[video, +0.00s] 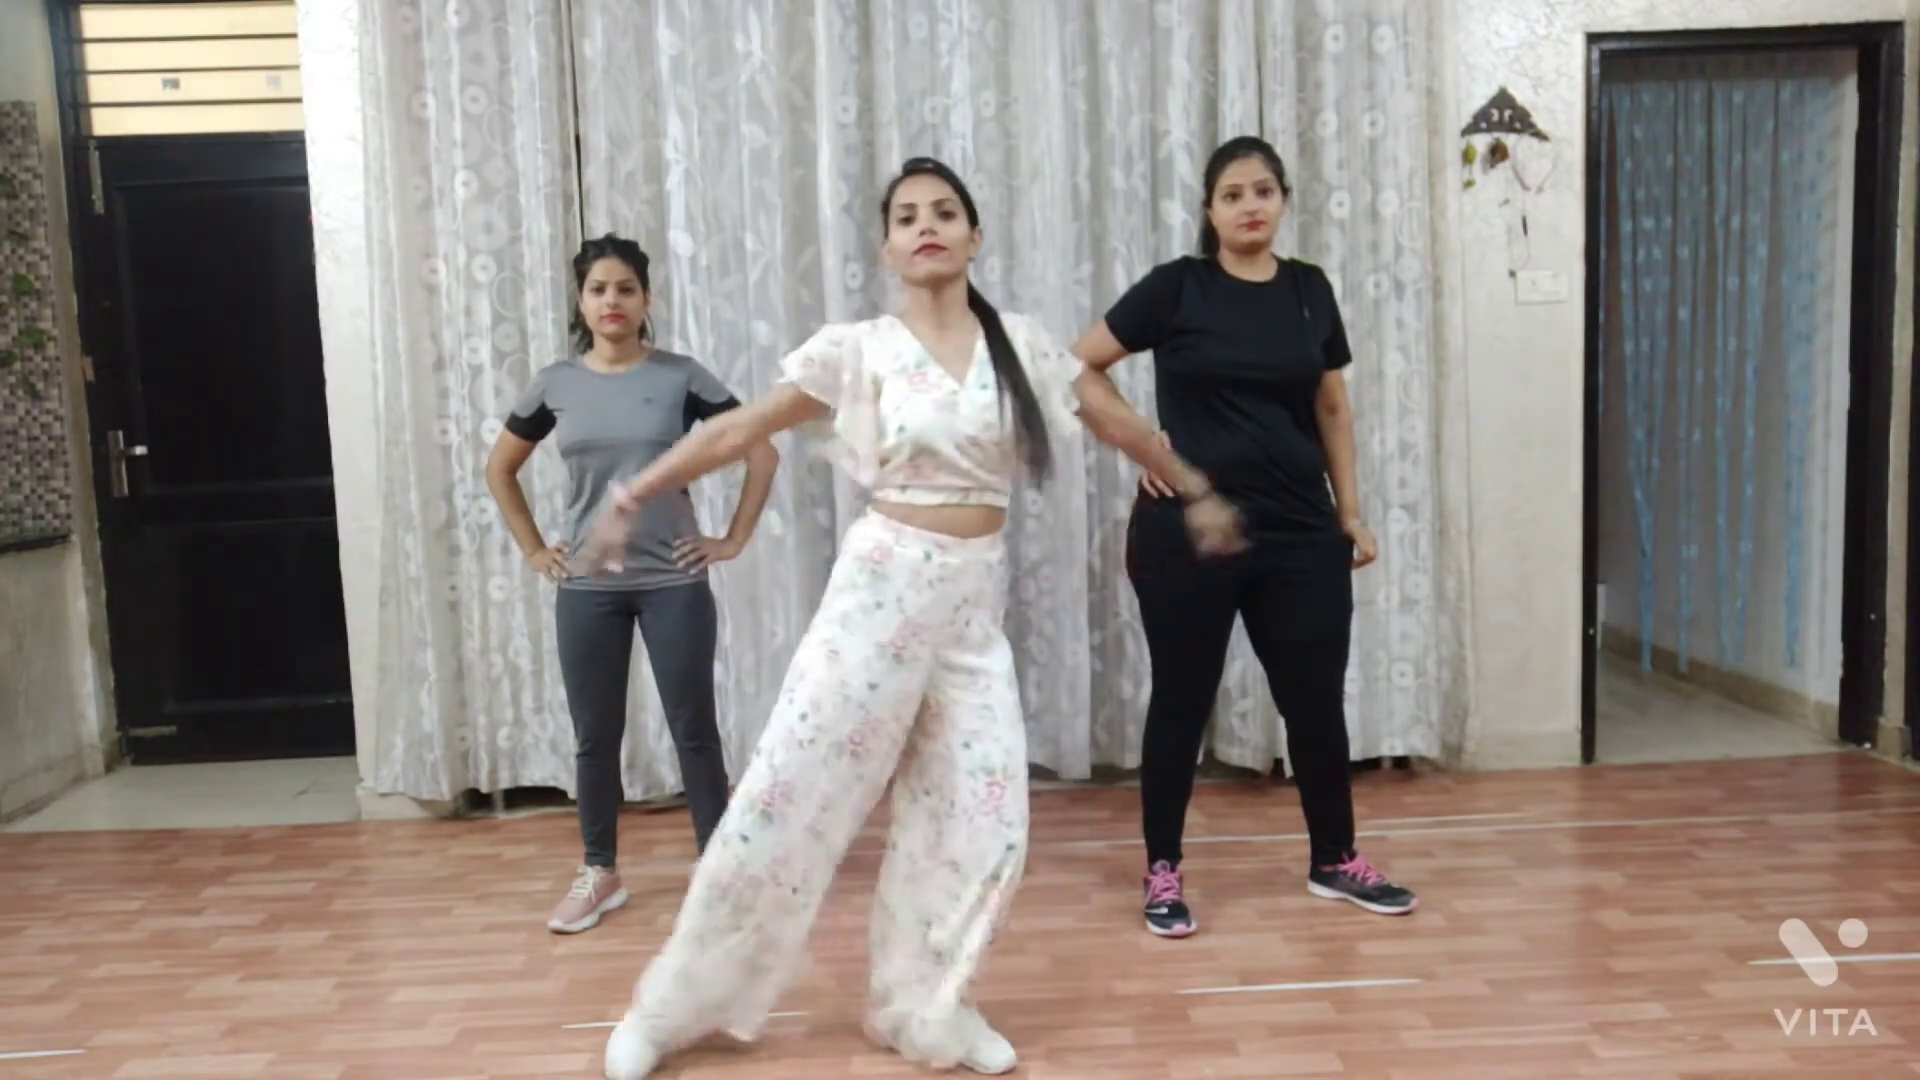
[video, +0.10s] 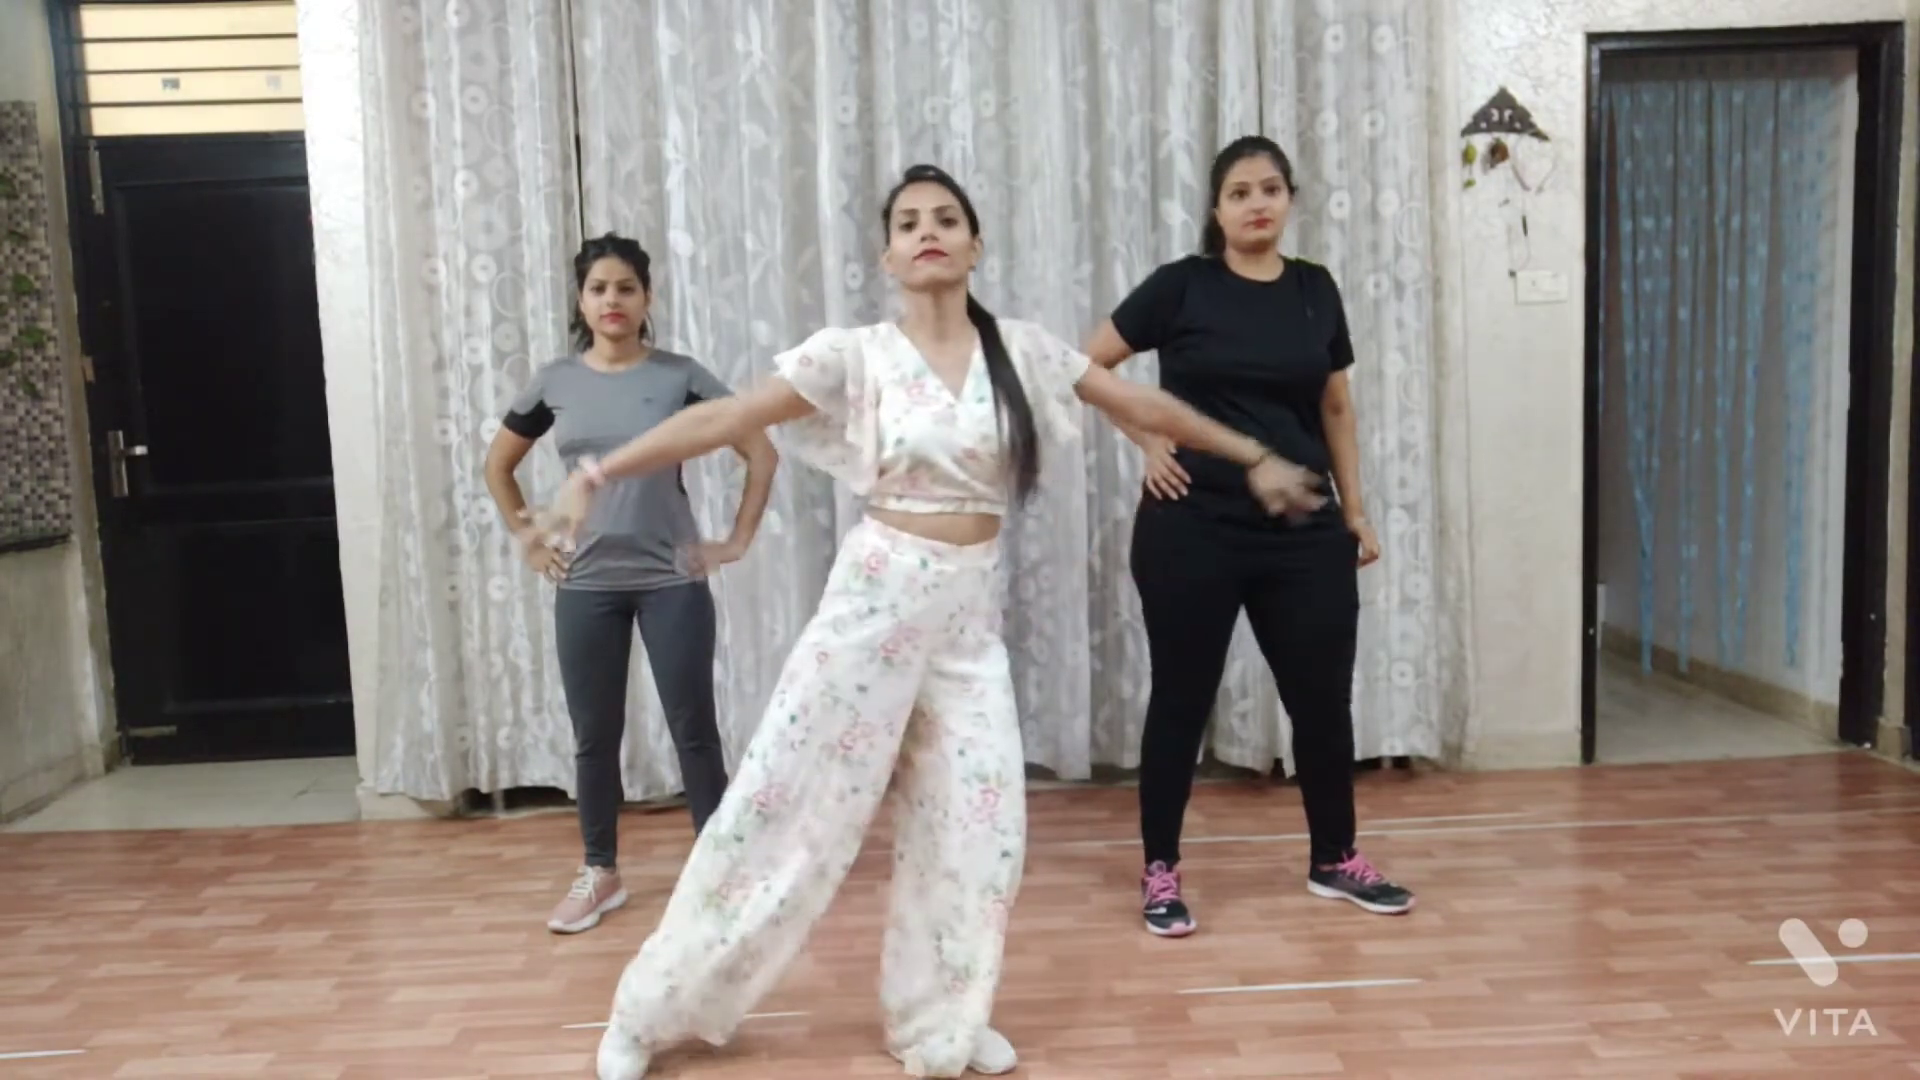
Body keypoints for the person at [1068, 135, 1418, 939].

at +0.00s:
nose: (1251, 206)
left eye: (1264, 192)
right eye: (1234, 194)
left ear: (1283, 203)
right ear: (1209, 207)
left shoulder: (1309, 290)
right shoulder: (1175, 289)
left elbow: (1334, 409)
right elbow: (1078, 369)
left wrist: (1349, 514)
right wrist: (1142, 443)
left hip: (1297, 528)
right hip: (1188, 526)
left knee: (1317, 701)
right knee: (1181, 701)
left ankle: (1336, 861)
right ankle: (1164, 871)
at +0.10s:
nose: (1257, 204)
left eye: (1270, 190)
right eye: (1241, 192)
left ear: (1290, 201)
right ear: (1216, 205)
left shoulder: (1315, 290)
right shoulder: (1180, 287)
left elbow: (1337, 409)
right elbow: (1087, 365)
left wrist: (1354, 511)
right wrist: (1143, 438)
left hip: (1303, 529)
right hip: (1193, 526)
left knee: (1324, 700)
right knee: (1180, 701)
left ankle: (1335, 860)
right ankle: (1162, 871)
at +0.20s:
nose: (1266, 202)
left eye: (1279, 188)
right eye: (1249, 191)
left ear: (1300, 200)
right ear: (1225, 206)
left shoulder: (1323, 290)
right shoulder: (1189, 285)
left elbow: (1345, 406)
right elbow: (1092, 365)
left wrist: (1361, 504)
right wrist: (1152, 436)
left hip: (1309, 531)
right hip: (1199, 527)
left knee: (1327, 700)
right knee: (1184, 701)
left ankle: (1336, 860)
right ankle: (1161, 871)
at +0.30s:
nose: (1286, 198)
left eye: (1299, 184)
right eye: (1269, 187)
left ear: (1321, 196)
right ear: (1245, 203)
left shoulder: (1343, 290)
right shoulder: (1211, 282)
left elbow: (1360, 405)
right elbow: (1110, 358)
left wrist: (1373, 502)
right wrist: (1170, 439)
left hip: (1323, 527)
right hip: (1216, 523)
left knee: (1331, 698)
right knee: (1192, 698)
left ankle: (1336, 861)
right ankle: (1160, 870)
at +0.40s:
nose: (1309, 195)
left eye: (1321, 182)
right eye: (1291, 186)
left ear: (1342, 195)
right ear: (1268, 204)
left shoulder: (1368, 291)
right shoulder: (1233, 281)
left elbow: (1377, 402)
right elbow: (1139, 355)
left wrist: (1386, 503)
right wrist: (1183, 448)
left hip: (1337, 528)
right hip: (1231, 526)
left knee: (1338, 701)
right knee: (1186, 694)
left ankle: (1337, 861)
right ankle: (1132, 861)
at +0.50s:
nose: (1325, 190)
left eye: (1339, 177)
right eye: (1308, 182)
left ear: (1363, 197)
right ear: (1287, 206)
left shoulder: (1383, 292)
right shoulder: (1255, 281)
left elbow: (1390, 402)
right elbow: (1156, 363)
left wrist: (1410, 499)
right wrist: (1163, 475)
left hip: (1349, 531)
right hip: (1242, 525)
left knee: (1340, 703)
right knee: (1183, 690)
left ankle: (1336, 860)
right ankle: (1097, 847)